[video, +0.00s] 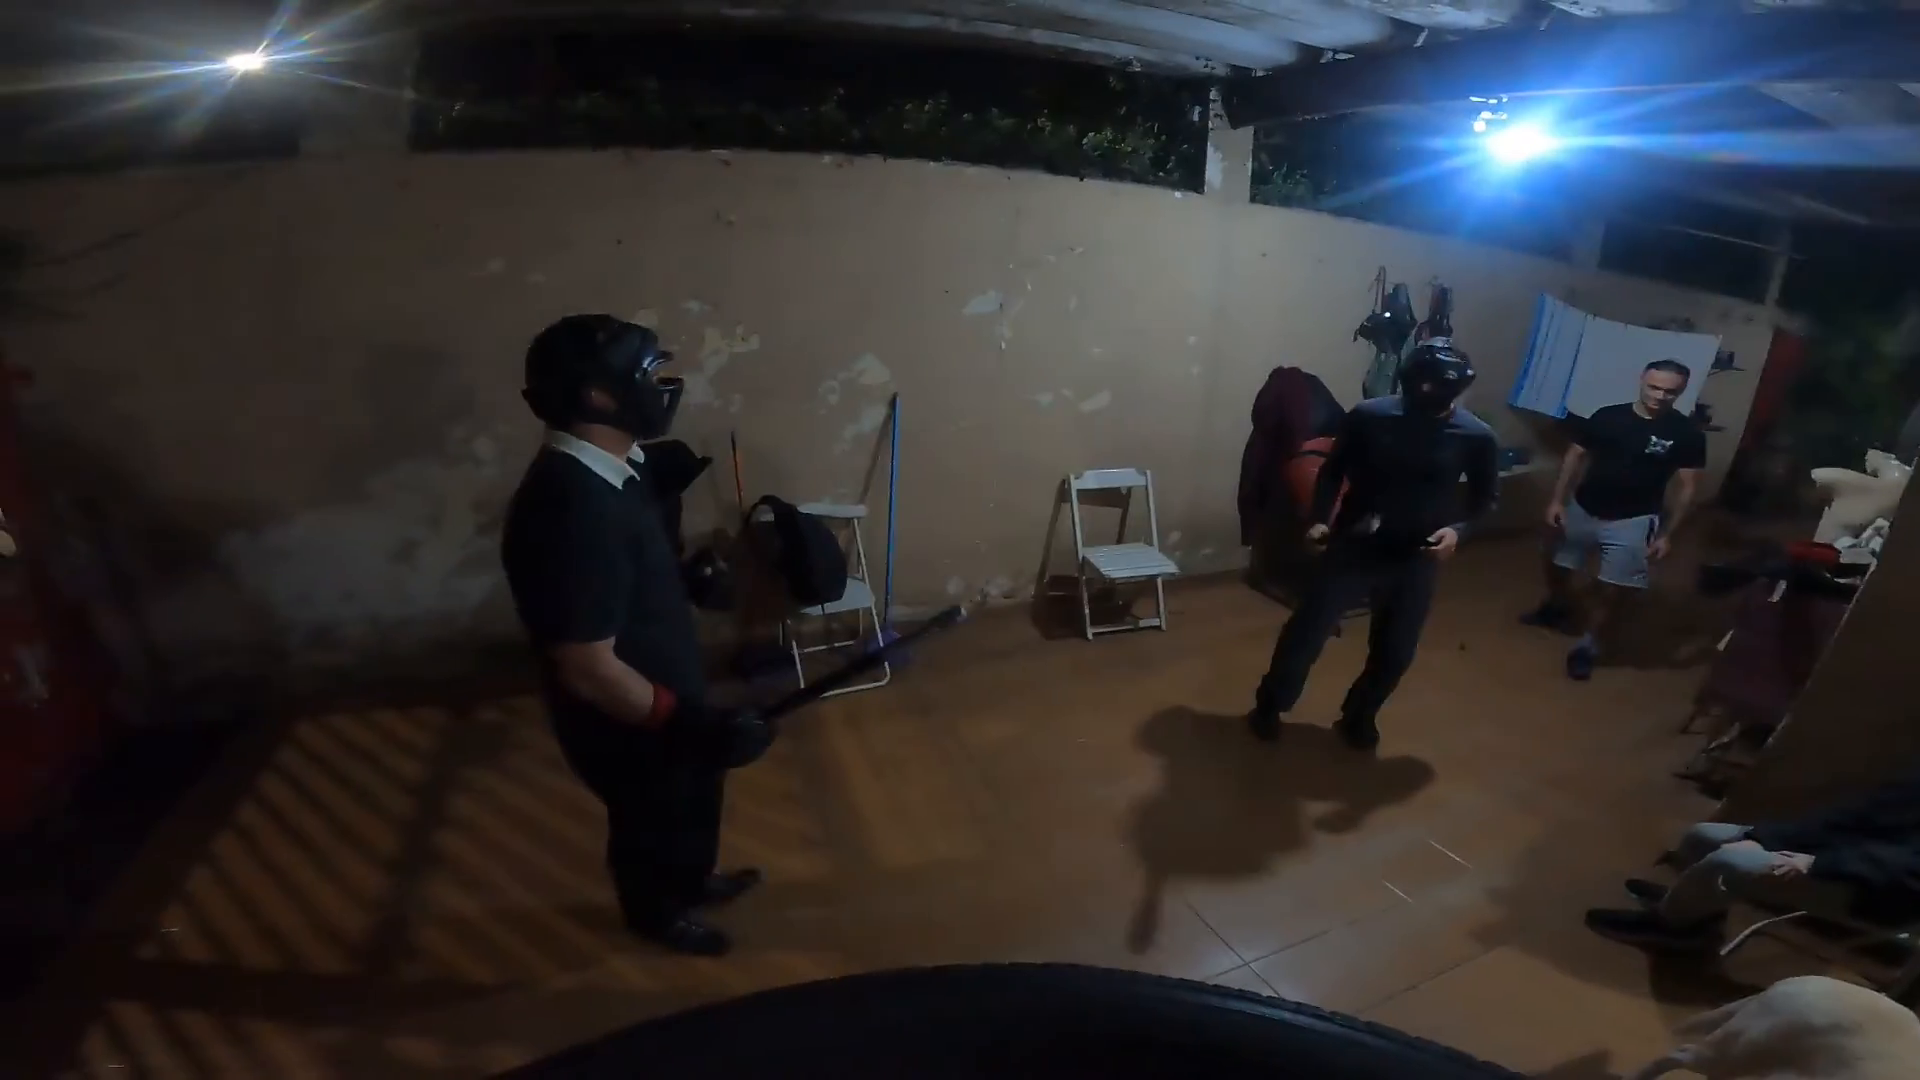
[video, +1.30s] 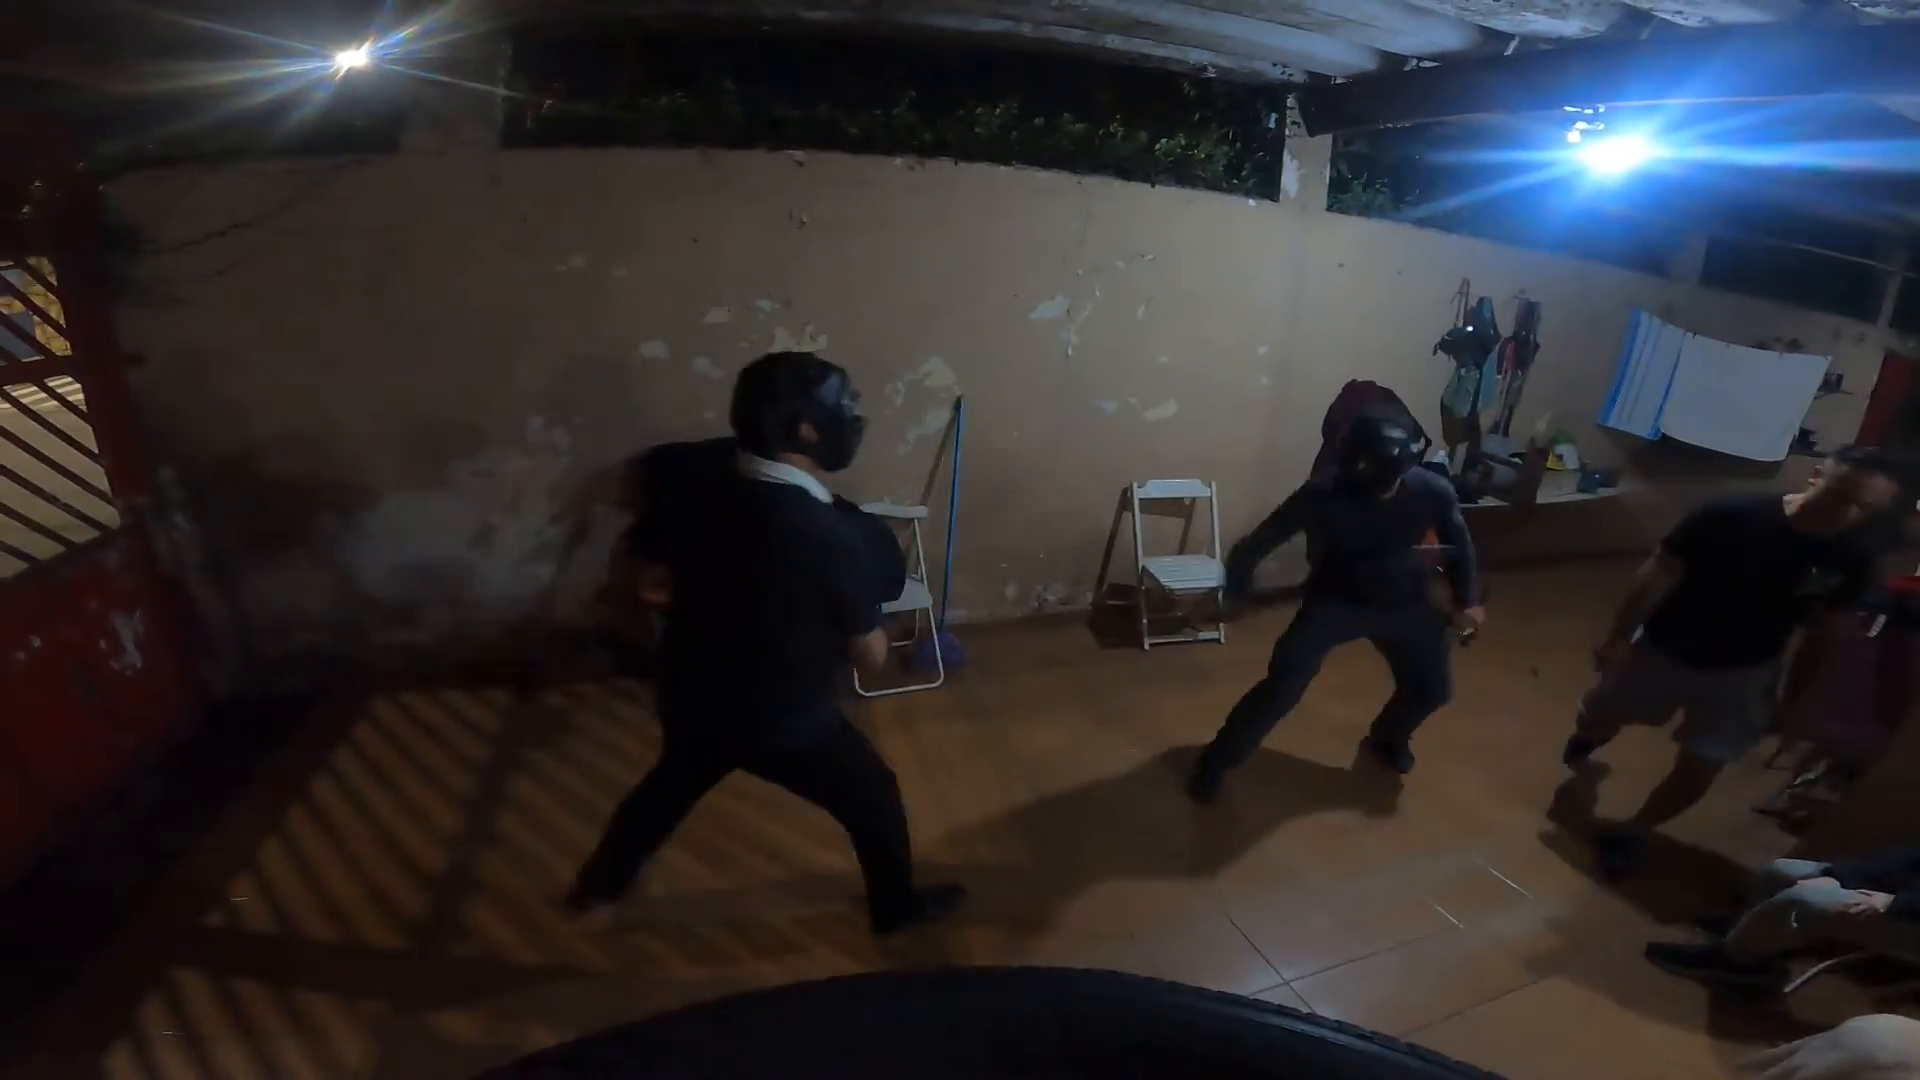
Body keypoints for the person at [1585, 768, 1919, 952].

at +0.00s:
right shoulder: (1910, 796)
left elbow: (1902, 868)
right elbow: (1855, 817)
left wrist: (1818, 865)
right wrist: (1763, 834)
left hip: (1866, 891)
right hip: (1836, 851)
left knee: (1727, 863)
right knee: (1703, 836)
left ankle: (1669, 921)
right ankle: (1682, 903)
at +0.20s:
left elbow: (1910, 877)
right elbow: (1882, 832)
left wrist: (1842, 874)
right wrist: (1786, 844)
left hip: (1891, 901)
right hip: (1866, 862)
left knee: (1748, 873)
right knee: (1721, 847)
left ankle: (1685, 930)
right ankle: (1706, 912)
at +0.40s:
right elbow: (1898, 844)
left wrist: (1866, 886)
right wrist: (1811, 857)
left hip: (1901, 908)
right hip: (1880, 871)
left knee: (1768, 881)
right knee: (1744, 855)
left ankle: (1704, 938)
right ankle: (1722, 919)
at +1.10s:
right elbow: (1905, 863)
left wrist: (1895, 902)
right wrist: (1835, 873)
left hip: (1909, 921)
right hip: (1897, 888)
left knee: (1796, 898)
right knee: (1775, 868)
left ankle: (1730, 955)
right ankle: (1750, 938)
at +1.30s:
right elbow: (1907, 864)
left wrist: (1898, 904)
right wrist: (1838, 875)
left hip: (1910, 922)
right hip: (1899, 889)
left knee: (1801, 900)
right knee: (1780, 871)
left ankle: (1732, 957)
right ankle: (1741, 932)